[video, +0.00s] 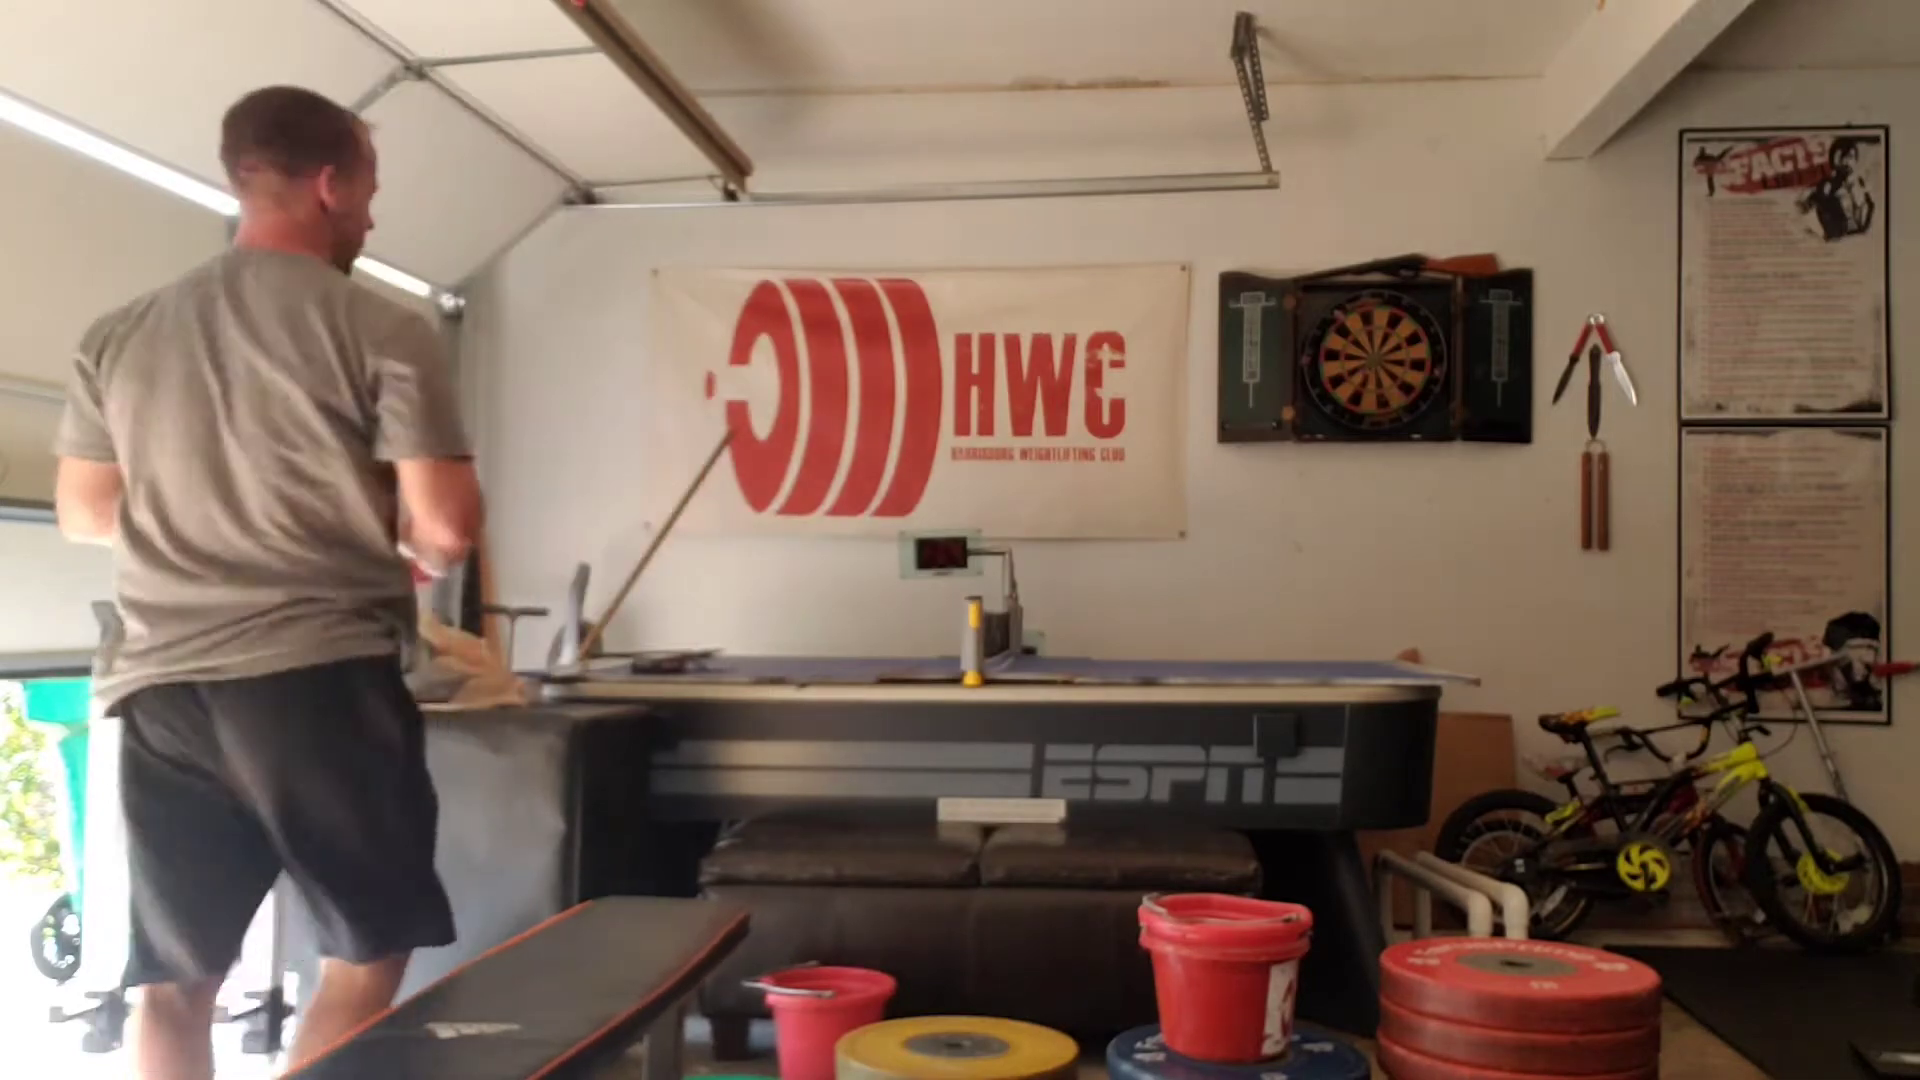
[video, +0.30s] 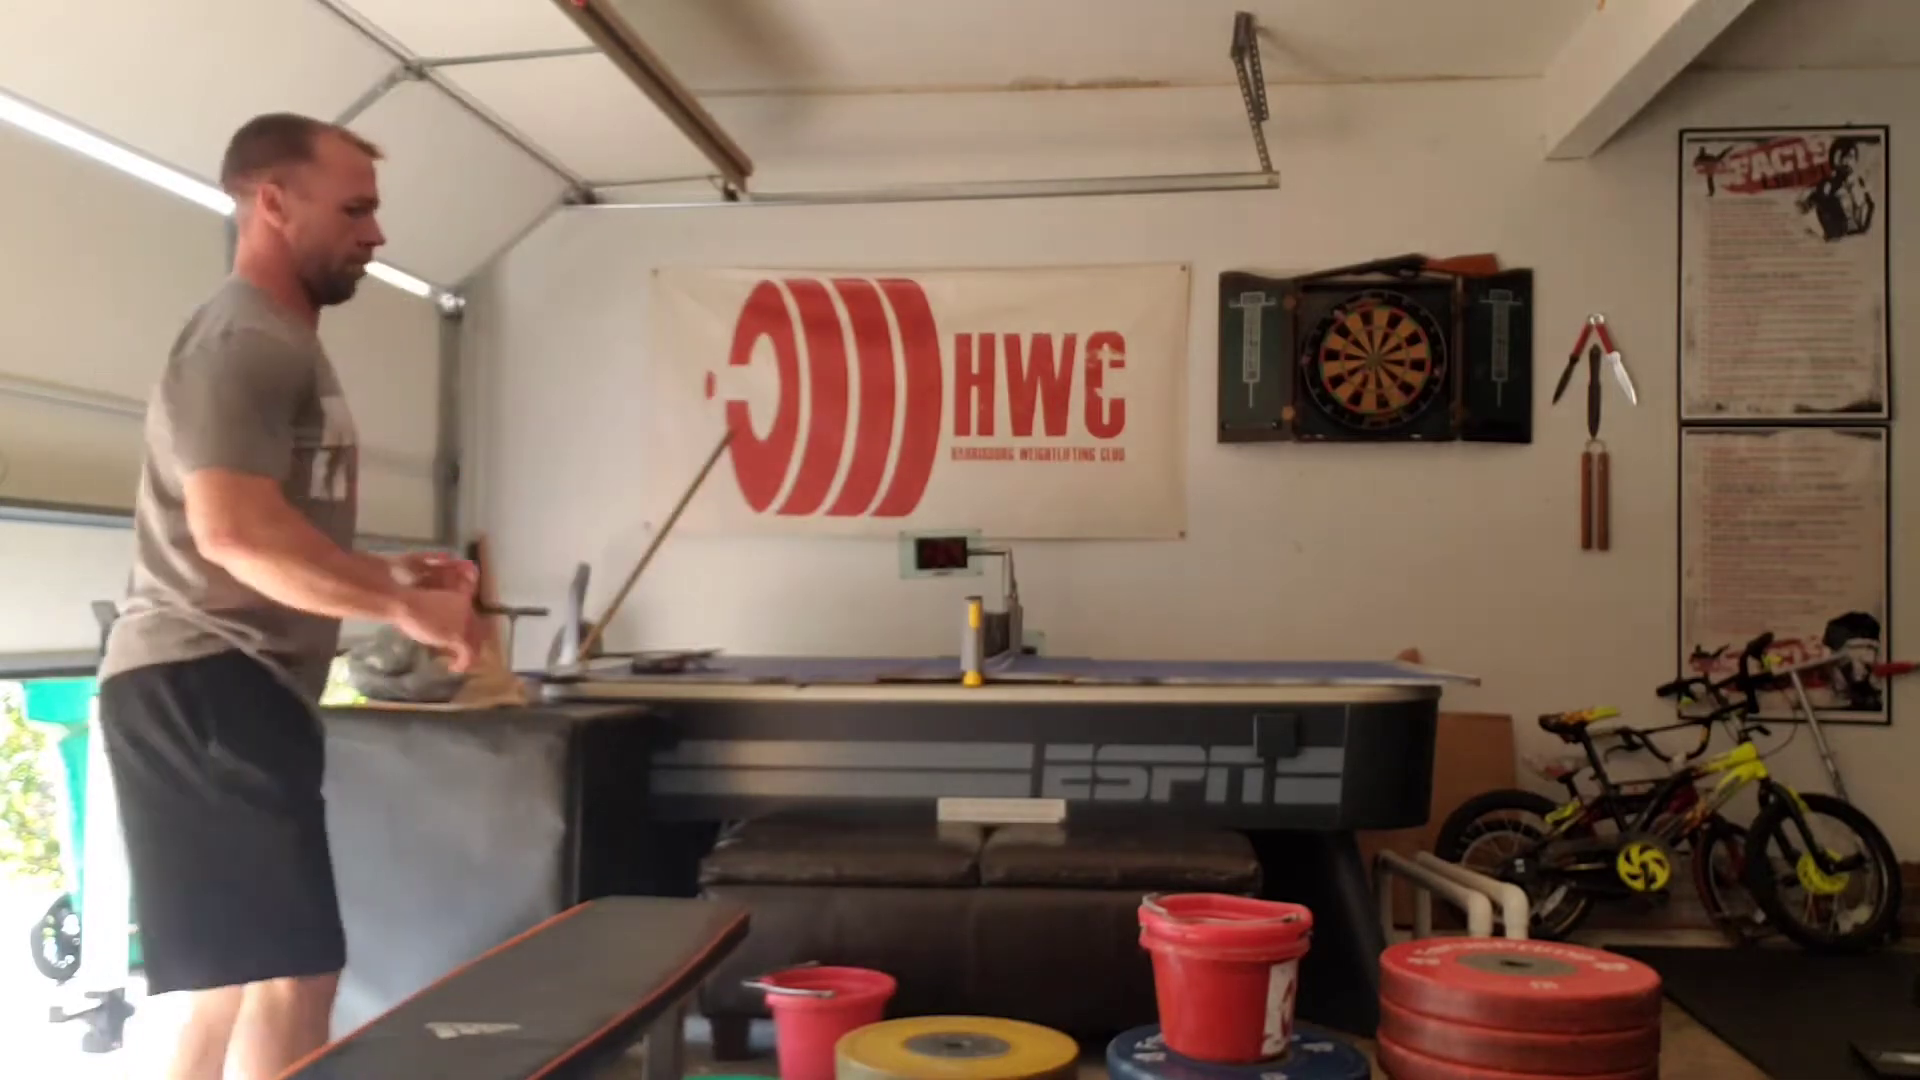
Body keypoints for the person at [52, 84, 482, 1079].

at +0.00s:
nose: (372, 213)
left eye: (371, 189)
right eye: (366, 188)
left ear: (241, 186)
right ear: (323, 186)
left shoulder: (119, 334)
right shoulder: (381, 323)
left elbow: (87, 512)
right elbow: (446, 527)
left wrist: (210, 506)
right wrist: (406, 533)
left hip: (160, 695)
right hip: (319, 683)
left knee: (172, 989)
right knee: (369, 957)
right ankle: (292, 1075)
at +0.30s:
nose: (377, 235)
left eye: (374, 211)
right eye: (357, 209)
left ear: (278, 208)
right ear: (272, 203)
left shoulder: (284, 344)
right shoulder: (242, 337)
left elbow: (278, 538)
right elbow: (232, 530)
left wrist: (399, 576)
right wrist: (401, 602)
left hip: (233, 677)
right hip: (207, 678)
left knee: (227, 981)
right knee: (296, 970)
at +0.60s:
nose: (382, 241)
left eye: (383, 220)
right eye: (364, 216)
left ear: (289, 216)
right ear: (279, 209)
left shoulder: (341, 377)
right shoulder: (201, 339)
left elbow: (371, 527)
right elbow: (73, 494)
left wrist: (468, 593)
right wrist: (183, 637)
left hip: (258, 705)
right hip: (144, 692)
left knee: (222, 977)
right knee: (197, 979)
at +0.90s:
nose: (489, 364)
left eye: (492, 341)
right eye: (469, 337)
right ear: (387, 331)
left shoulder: (424, 478)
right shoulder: (286, 445)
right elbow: (78, 478)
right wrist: (15, 662)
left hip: (252, 767)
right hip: (126, 748)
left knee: (329, 957)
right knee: (202, 1019)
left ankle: (229, 1078)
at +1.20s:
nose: (588, 220)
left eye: (592, 202)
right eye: (573, 196)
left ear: (504, 184)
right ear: (491, 176)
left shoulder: (528, 315)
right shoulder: (427, 272)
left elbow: (666, 406)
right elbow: (537, 382)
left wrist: (705, 294)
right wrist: (653, 284)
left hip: (378, 650)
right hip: (277, 626)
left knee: (318, 911)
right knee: (227, 924)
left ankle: (235, 1078)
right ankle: (180, 1076)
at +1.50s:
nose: (843, 65)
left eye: (845, 42)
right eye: (831, 34)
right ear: (751, 15)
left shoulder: (754, 207)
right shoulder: (660, 113)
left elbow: (774, 382)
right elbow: (585, 289)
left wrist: (881, 468)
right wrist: (748, 361)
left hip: (584, 408)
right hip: (477, 389)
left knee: (788, 526)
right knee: (688, 501)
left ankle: (765, 804)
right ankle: (688, 787)